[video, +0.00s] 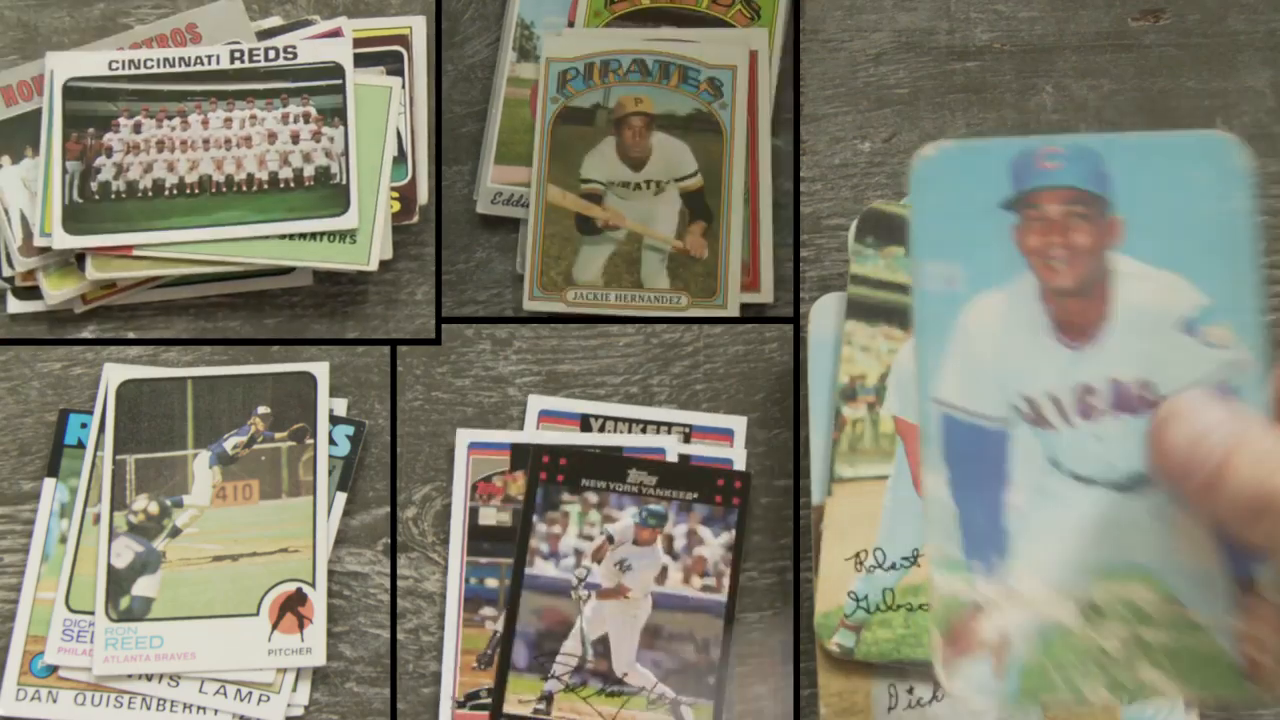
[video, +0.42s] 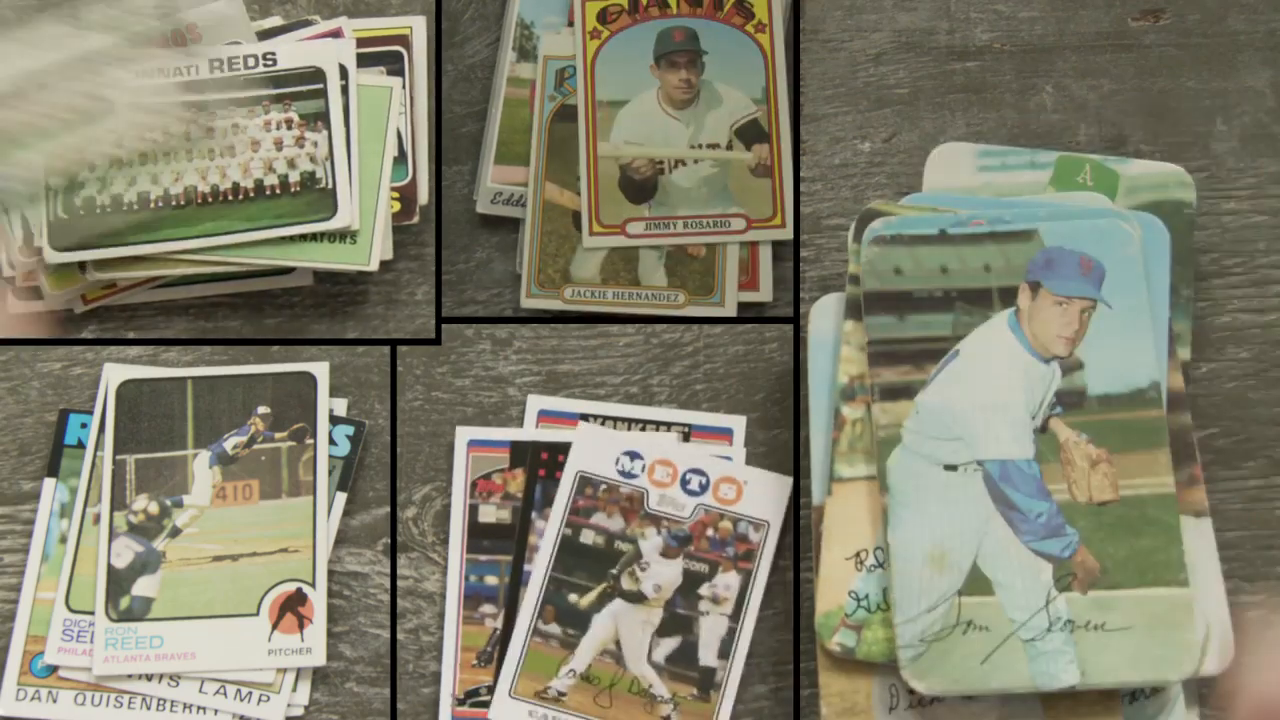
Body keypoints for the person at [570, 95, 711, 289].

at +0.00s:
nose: (638, 136)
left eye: (645, 129)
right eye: (630, 129)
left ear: (652, 130)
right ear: (616, 131)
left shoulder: (677, 153)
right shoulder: (598, 158)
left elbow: (700, 209)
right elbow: (583, 223)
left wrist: (695, 233)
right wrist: (600, 221)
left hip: (662, 203)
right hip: (616, 201)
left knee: (652, 274)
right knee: (584, 273)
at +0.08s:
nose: (638, 136)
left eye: (645, 129)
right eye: (630, 129)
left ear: (652, 130)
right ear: (616, 131)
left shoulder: (677, 153)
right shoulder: (598, 159)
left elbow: (700, 209)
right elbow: (583, 223)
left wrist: (695, 233)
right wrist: (600, 221)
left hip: (662, 204)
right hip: (616, 201)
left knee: (653, 274)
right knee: (584, 273)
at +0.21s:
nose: (686, 76)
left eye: (693, 66)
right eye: (675, 67)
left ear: (703, 67)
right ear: (657, 71)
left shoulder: (731, 101)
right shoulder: (635, 118)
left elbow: (767, 168)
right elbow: (637, 197)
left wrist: (768, 156)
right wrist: (642, 180)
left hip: (722, 207)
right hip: (665, 211)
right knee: (649, 270)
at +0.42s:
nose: (685, 76)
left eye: (692, 65)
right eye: (673, 66)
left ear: (701, 67)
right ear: (655, 70)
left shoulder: (728, 101)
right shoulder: (633, 117)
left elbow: (764, 167)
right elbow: (634, 196)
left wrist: (765, 158)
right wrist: (638, 179)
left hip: (720, 208)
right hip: (663, 212)